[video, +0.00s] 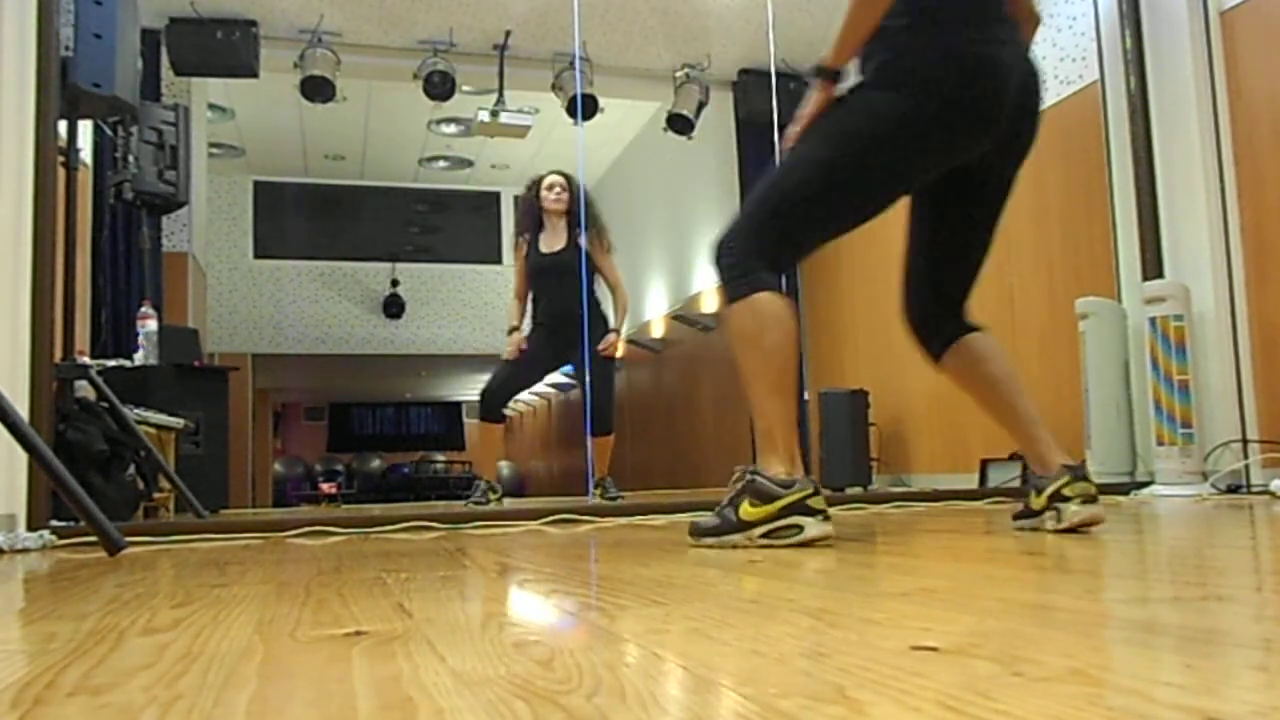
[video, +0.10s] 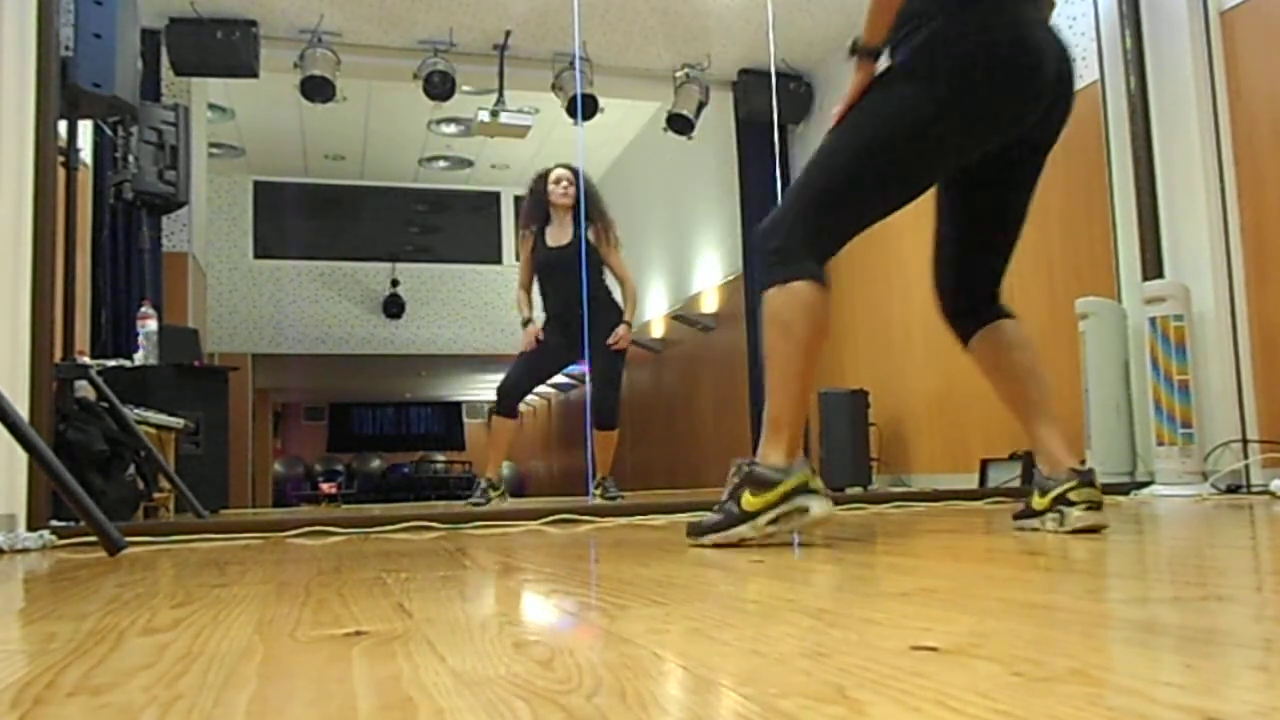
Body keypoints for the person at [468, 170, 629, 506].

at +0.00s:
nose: (557, 194)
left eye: (563, 189)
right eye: (550, 189)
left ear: (572, 199)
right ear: (537, 199)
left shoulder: (587, 238)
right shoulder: (527, 245)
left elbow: (618, 289)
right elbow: (520, 296)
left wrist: (618, 330)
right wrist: (515, 330)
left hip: (589, 337)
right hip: (545, 340)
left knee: (601, 405)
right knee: (491, 398)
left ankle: (601, 480)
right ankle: (488, 483)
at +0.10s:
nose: (564, 188)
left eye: (570, 183)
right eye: (557, 183)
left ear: (579, 192)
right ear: (544, 192)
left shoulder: (594, 231)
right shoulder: (532, 238)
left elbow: (627, 282)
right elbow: (524, 289)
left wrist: (627, 322)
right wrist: (528, 322)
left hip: (602, 329)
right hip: (559, 332)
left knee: (604, 405)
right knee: (507, 392)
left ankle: (604, 481)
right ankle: (491, 480)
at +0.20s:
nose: (569, 179)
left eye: (574, 174)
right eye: (562, 175)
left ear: (583, 182)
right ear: (548, 184)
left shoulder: (600, 220)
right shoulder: (537, 229)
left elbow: (633, 271)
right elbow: (530, 279)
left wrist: (630, 314)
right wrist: (536, 311)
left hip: (608, 319)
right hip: (565, 322)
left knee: (608, 401)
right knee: (517, 385)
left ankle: (604, 479)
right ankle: (498, 472)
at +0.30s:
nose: (572, 171)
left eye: (577, 165)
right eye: (564, 166)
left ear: (586, 173)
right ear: (552, 177)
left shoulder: (604, 211)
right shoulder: (543, 224)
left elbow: (637, 261)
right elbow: (539, 272)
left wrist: (631, 306)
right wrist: (540, 301)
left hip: (609, 310)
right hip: (567, 311)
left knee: (606, 393)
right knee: (521, 375)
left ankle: (603, 479)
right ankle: (510, 466)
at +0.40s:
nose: (574, 169)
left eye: (579, 164)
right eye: (566, 165)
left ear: (588, 171)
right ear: (554, 174)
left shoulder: (607, 206)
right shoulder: (549, 224)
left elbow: (642, 254)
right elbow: (548, 276)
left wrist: (631, 300)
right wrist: (542, 285)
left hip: (608, 308)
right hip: (565, 307)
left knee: (603, 391)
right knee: (526, 376)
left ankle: (604, 478)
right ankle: (515, 470)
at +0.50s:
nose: (575, 170)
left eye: (580, 164)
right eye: (567, 166)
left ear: (590, 172)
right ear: (556, 176)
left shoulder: (611, 207)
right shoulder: (551, 224)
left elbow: (645, 254)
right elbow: (549, 278)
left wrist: (632, 299)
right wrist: (541, 277)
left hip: (606, 309)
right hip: (562, 308)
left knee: (604, 393)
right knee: (538, 388)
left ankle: (603, 478)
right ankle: (519, 477)